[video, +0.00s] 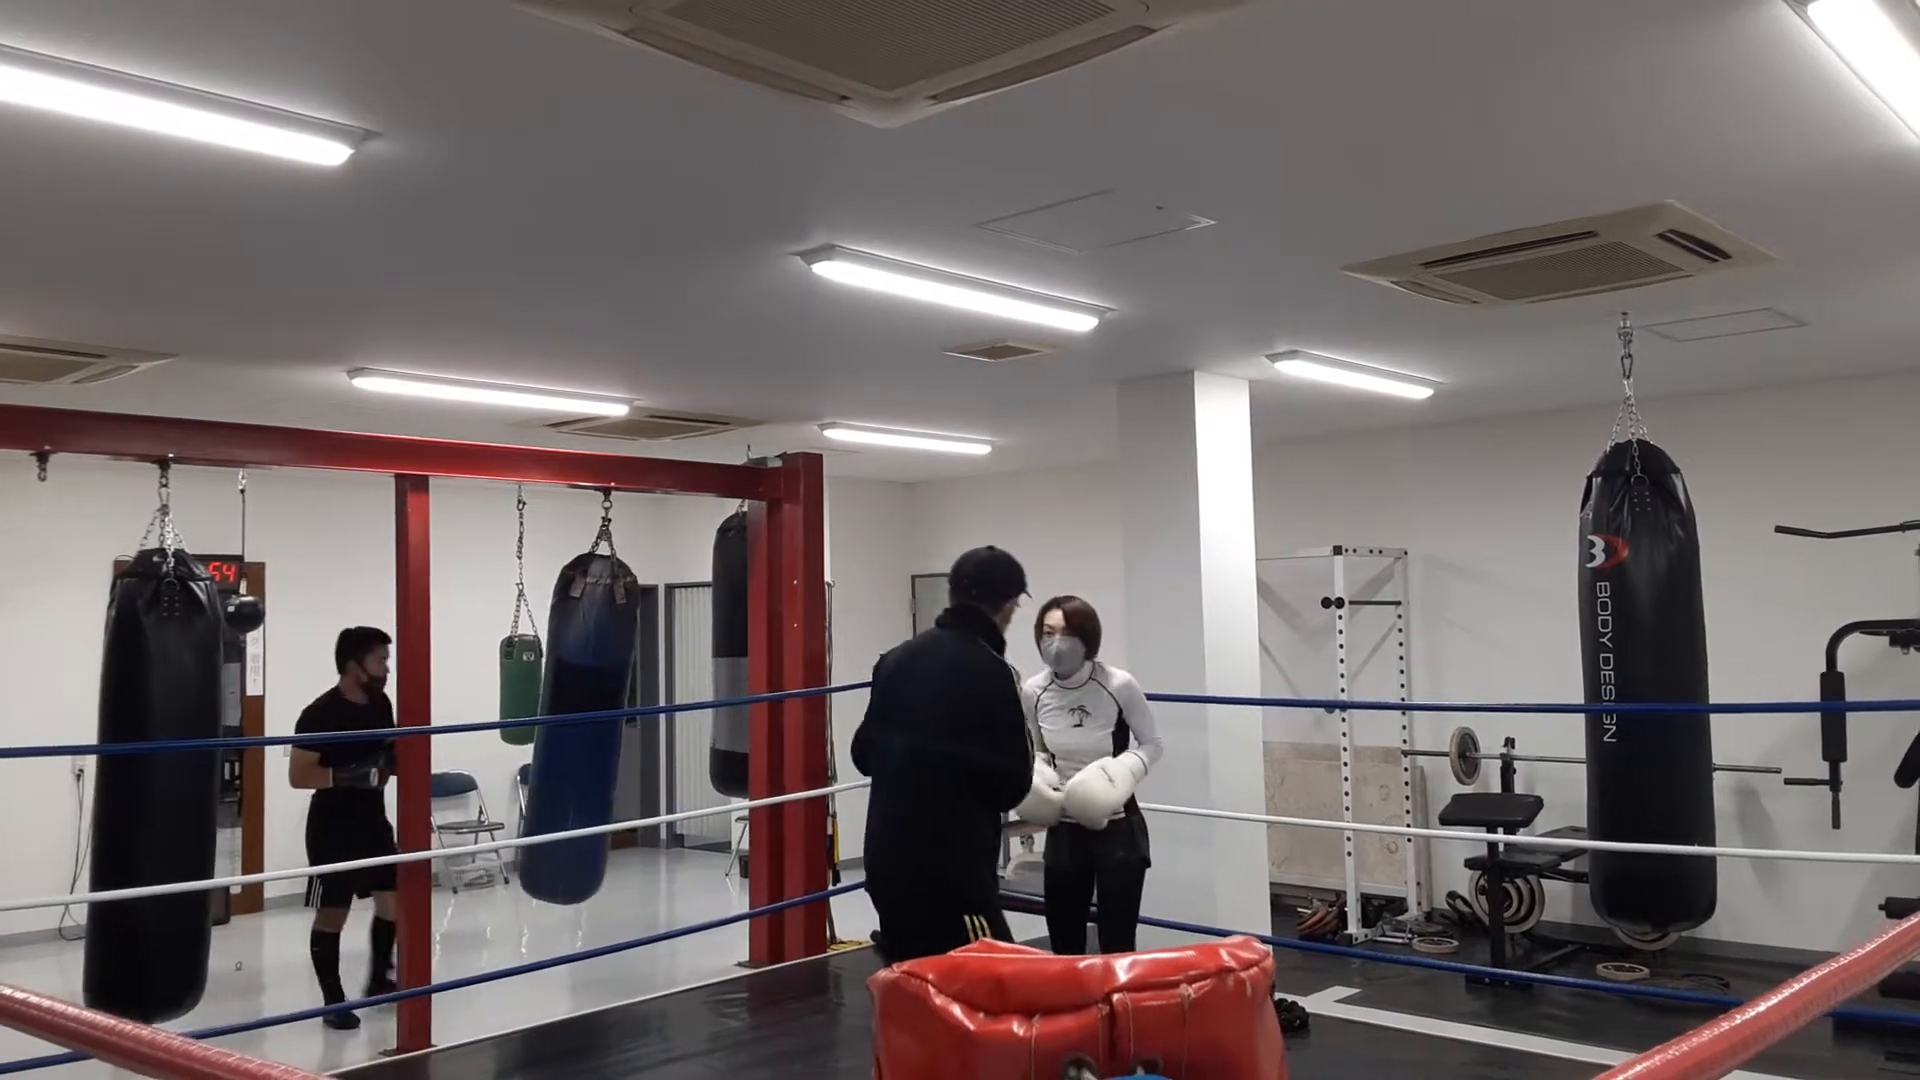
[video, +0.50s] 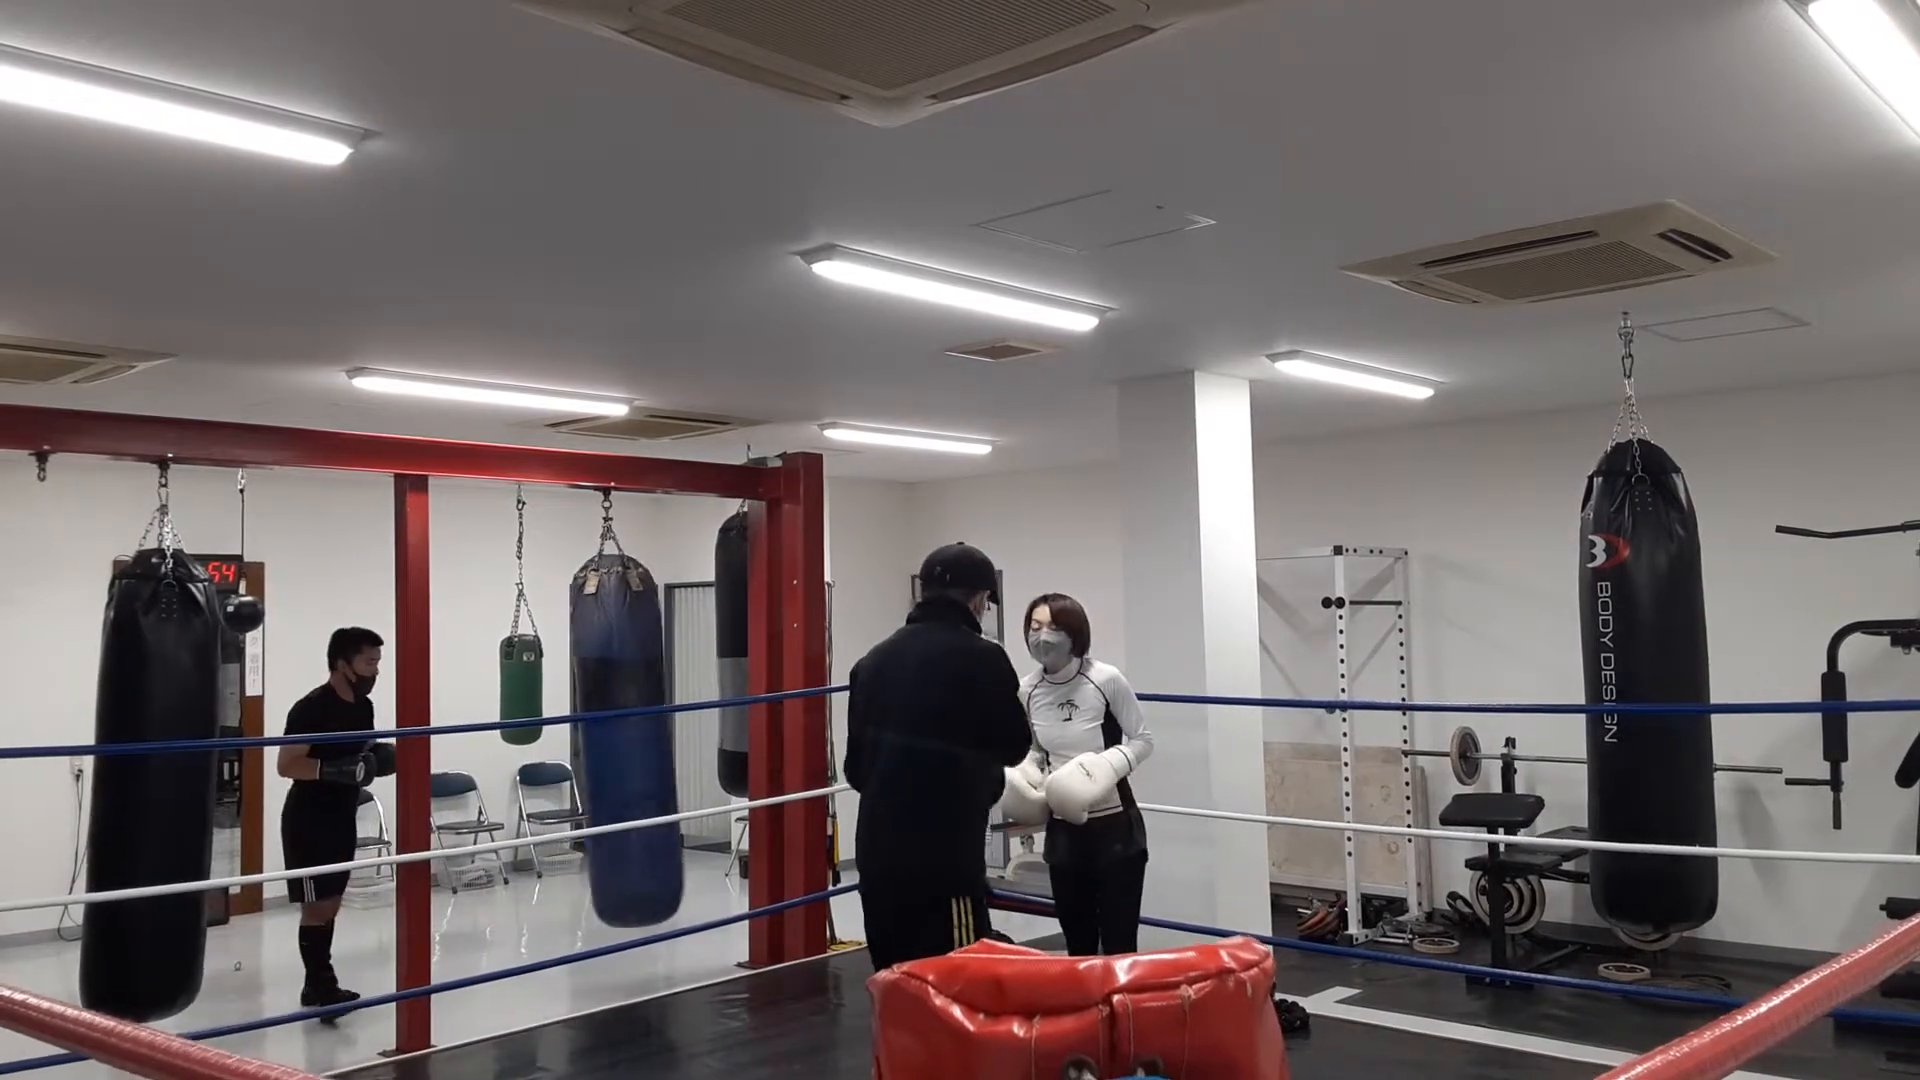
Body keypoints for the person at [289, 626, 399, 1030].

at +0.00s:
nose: (386, 667)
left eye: (387, 659)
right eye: (379, 660)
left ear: (369, 665)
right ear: (353, 665)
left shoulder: (380, 706)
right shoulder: (319, 714)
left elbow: (386, 762)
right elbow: (298, 775)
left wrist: (402, 760)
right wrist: (351, 775)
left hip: (373, 816)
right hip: (331, 821)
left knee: (391, 899)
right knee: (334, 908)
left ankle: (379, 981)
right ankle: (333, 1002)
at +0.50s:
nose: (377, 668)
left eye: (378, 660)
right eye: (370, 661)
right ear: (343, 663)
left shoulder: (364, 707)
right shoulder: (310, 708)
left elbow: (354, 756)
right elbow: (287, 764)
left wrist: (380, 758)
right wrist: (342, 771)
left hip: (342, 812)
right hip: (307, 813)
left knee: (331, 900)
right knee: (316, 902)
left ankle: (317, 985)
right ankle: (321, 990)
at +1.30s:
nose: (382, 682)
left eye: (385, 675)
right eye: (375, 674)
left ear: (383, 673)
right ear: (350, 671)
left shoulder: (372, 715)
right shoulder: (310, 711)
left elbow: (367, 762)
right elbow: (285, 767)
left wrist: (386, 769)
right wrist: (335, 772)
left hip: (347, 820)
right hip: (304, 820)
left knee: (361, 905)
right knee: (298, 910)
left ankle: (377, 991)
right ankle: (293, 997)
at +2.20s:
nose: (346, 684)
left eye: (347, 676)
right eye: (340, 676)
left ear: (325, 675)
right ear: (313, 673)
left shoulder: (329, 716)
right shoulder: (273, 718)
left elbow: (317, 768)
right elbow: (256, 780)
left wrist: (349, 768)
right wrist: (314, 774)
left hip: (318, 827)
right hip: (277, 832)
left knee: (343, 908)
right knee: (272, 919)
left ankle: (369, 987)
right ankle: (246, 1005)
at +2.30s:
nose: (332, 678)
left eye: (333, 670)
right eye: (326, 670)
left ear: (307, 672)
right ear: (298, 670)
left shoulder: (319, 712)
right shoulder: (260, 716)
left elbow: (311, 761)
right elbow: (249, 778)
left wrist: (339, 761)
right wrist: (302, 770)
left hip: (310, 821)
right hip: (269, 826)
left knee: (337, 902)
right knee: (268, 915)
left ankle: (340, 987)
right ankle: (245, 1003)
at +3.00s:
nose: (364, 685)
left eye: (367, 677)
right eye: (357, 677)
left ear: (366, 675)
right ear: (331, 676)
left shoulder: (358, 718)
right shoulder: (295, 720)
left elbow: (355, 765)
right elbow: (282, 778)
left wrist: (370, 771)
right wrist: (332, 778)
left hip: (339, 816)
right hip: (297, 820)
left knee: (365, 889)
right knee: (285, 907)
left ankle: (371, 975)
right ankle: (252, 998)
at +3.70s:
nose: (323, 681)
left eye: (327, 673)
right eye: (316, 673)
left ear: (328, 671)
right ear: (292, 670)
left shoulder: (315, 711)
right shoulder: (254, 711)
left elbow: (351, 757)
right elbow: (266, 760)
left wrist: (361, 733)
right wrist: (309, 729)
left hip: (307, 820)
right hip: (263, 824)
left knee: (331, 892)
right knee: (254, 905)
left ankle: (355, 974)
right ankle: (235, 989)